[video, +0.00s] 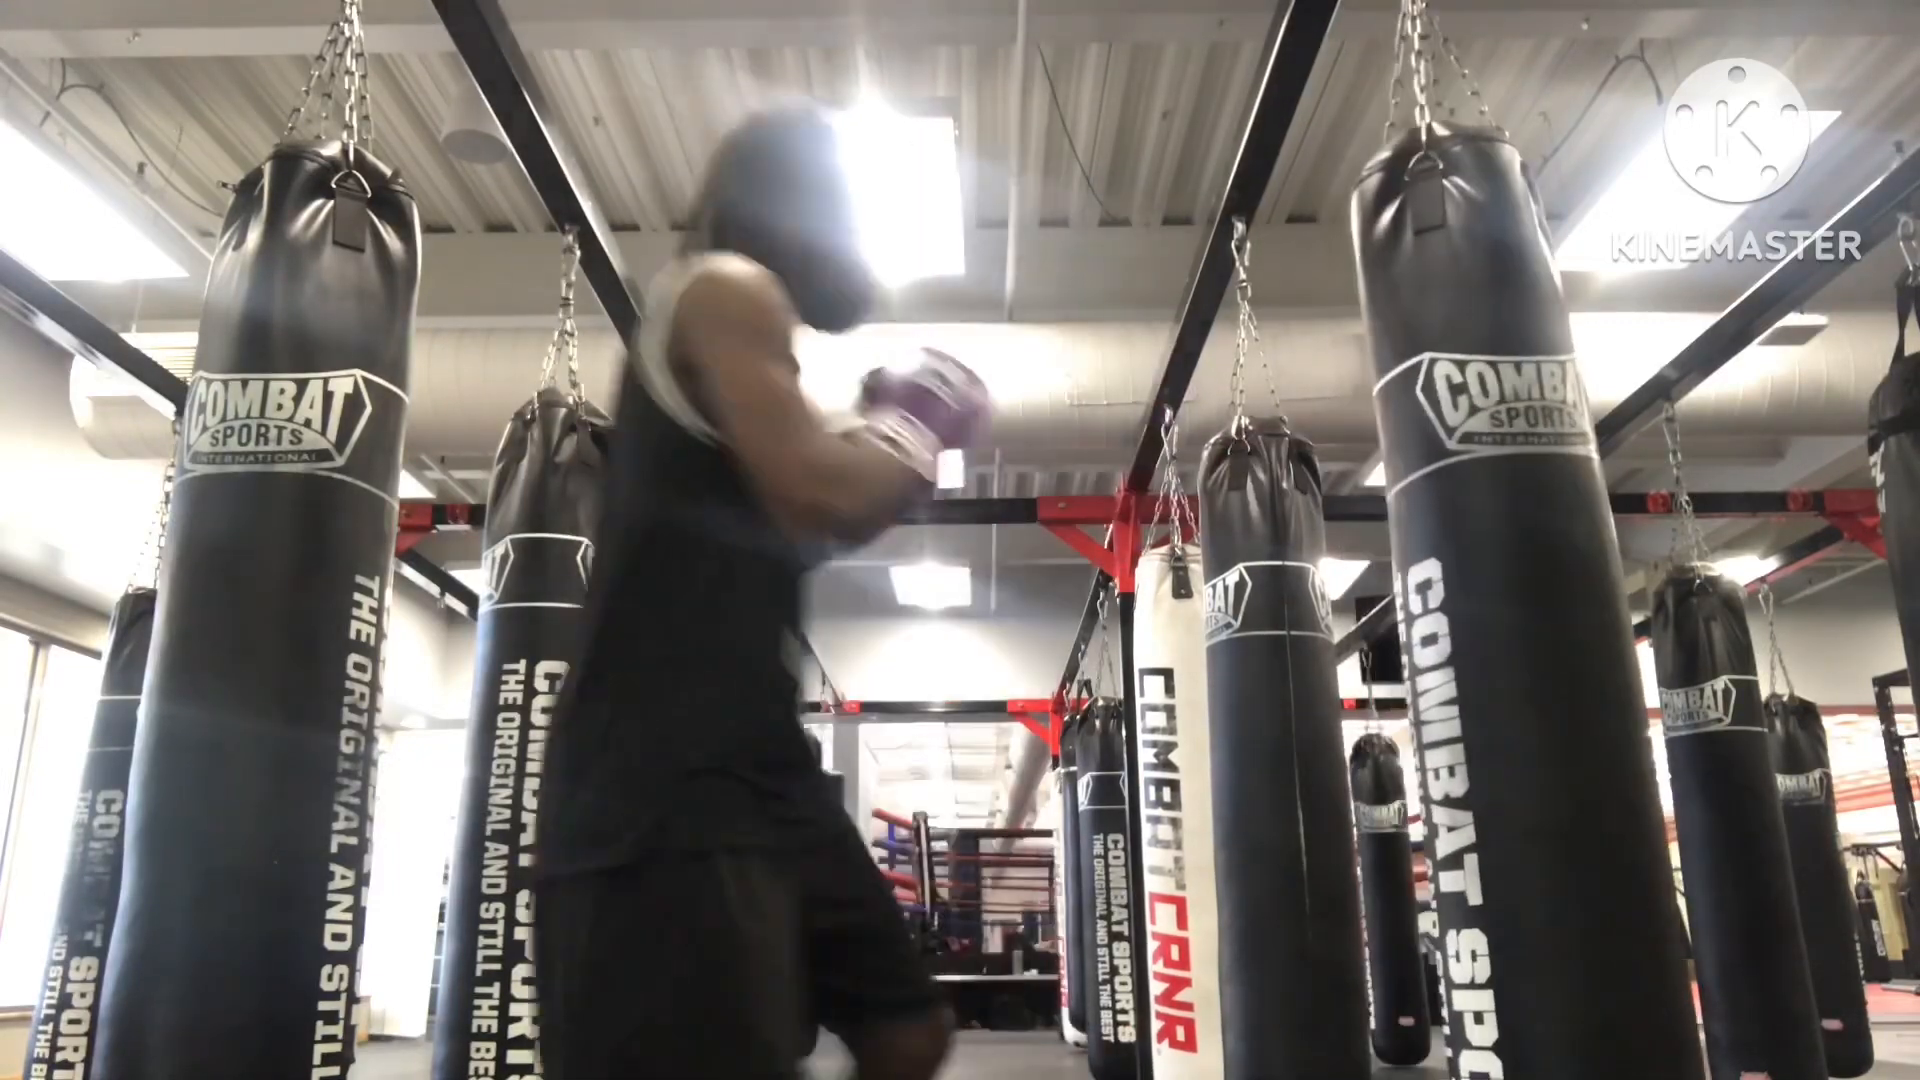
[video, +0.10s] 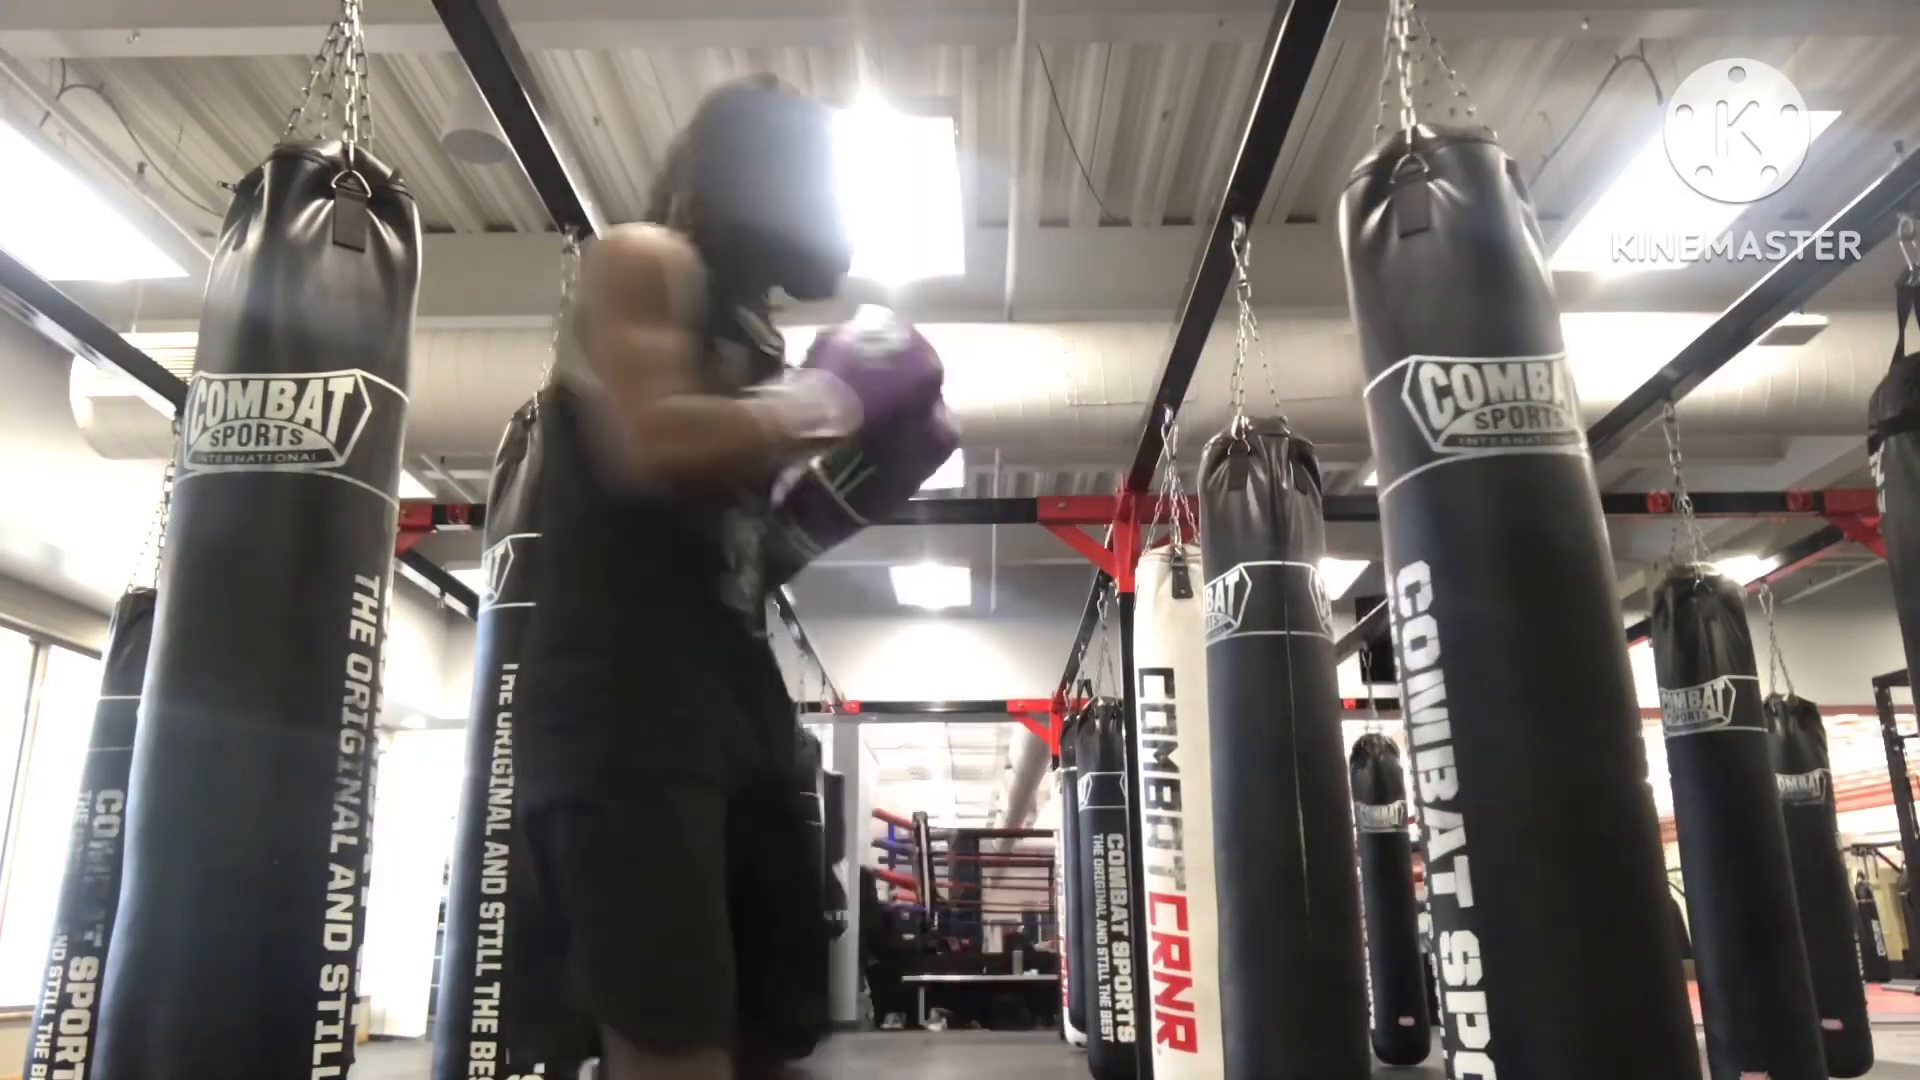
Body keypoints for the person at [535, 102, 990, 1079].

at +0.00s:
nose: (859, 226)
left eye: (852, 197)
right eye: (840, 194)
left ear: (756, 199)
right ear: (786, 196)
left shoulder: (735, 313)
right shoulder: (722, 289)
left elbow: (808, 504)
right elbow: (812, 485)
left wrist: (884, 422)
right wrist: (909, 440)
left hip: (753, 765)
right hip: (675, 776)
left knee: (906, 1032)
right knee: (703, 1053)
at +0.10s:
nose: (825, 195)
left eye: (821, 168)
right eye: (806, 165)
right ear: (745, 170)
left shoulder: (741, 340)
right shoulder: (641, 255)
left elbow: (737, 560)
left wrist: (867, 483)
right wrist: (829, 397)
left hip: (725, 720)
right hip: (624, 721)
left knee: (759, 1030)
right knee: (668, 1043)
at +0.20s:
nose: (826, 230)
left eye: (824, 198)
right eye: (798, 192)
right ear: (696, 201)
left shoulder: (778, 386)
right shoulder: (577, 324)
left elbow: (755, 614)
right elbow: (523, 521)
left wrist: (876, 509)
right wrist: (699, 458)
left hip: (708, 776)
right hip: (583, 767)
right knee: (642, 1060)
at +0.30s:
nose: (827, 264)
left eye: (825, 237)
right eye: (803, 227)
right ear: (709, 227)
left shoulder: (787, 440)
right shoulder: (557, 381)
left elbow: (810, 666)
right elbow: (491, 582)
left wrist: (893, 559)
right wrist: (689, 510)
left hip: (697, 821)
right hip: (559, 806)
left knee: (558, 1060)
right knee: (648, 1060)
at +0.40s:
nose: (818, 178)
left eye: (826, 155)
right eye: (788, 149)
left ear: (832, 187)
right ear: (705, 176)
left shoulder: (806, 384)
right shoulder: (593, 315)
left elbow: (815, 613)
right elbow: (533, 508)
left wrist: (919, 509)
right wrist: (721, 452)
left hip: (720, 775)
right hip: (585, 761)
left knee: (591, 1053)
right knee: (643, 1053)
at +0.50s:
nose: (904, 162)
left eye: (900, 133)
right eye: (887, 125)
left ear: (819, 125)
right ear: (809, 113)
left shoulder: (820, 306)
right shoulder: (662, 210)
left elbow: (783, 571)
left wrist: (911, 475)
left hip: (758, 724)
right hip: (643, 713)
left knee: (753, 1040)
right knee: (653, 1042)